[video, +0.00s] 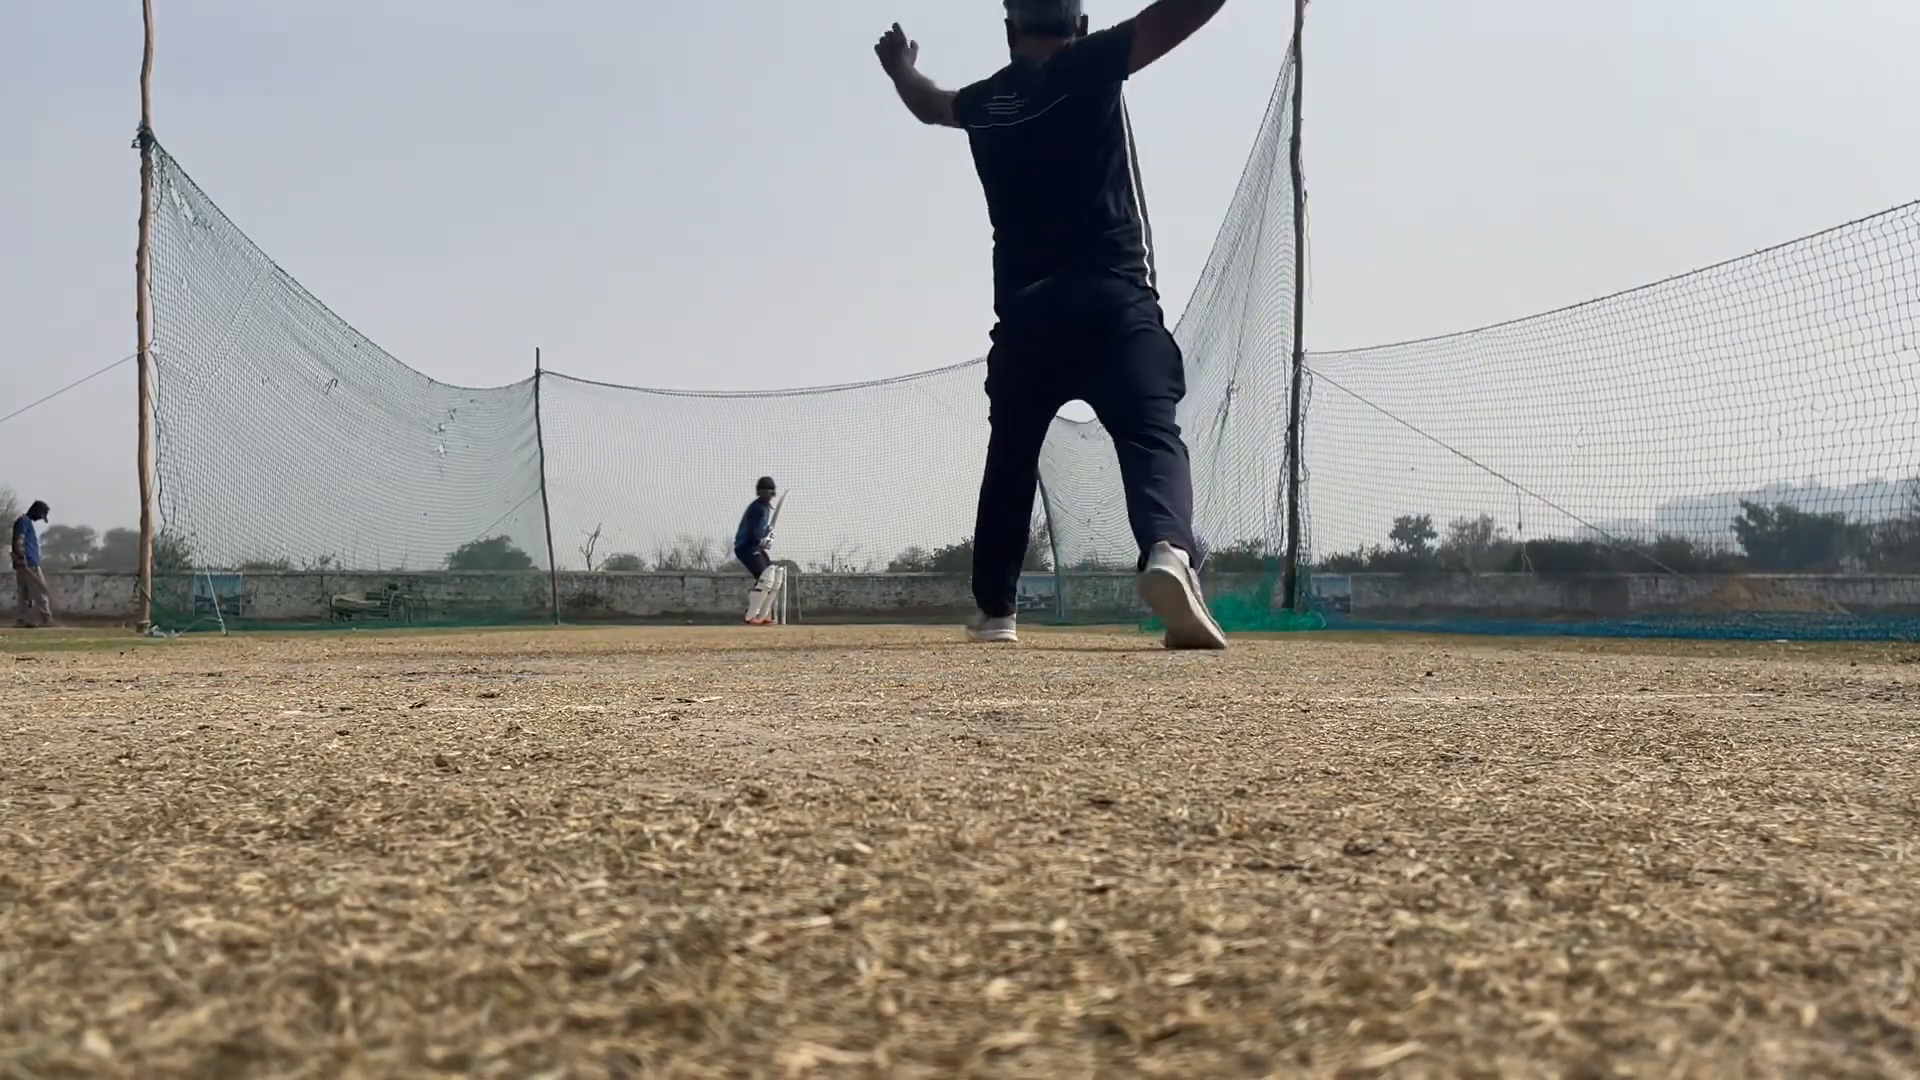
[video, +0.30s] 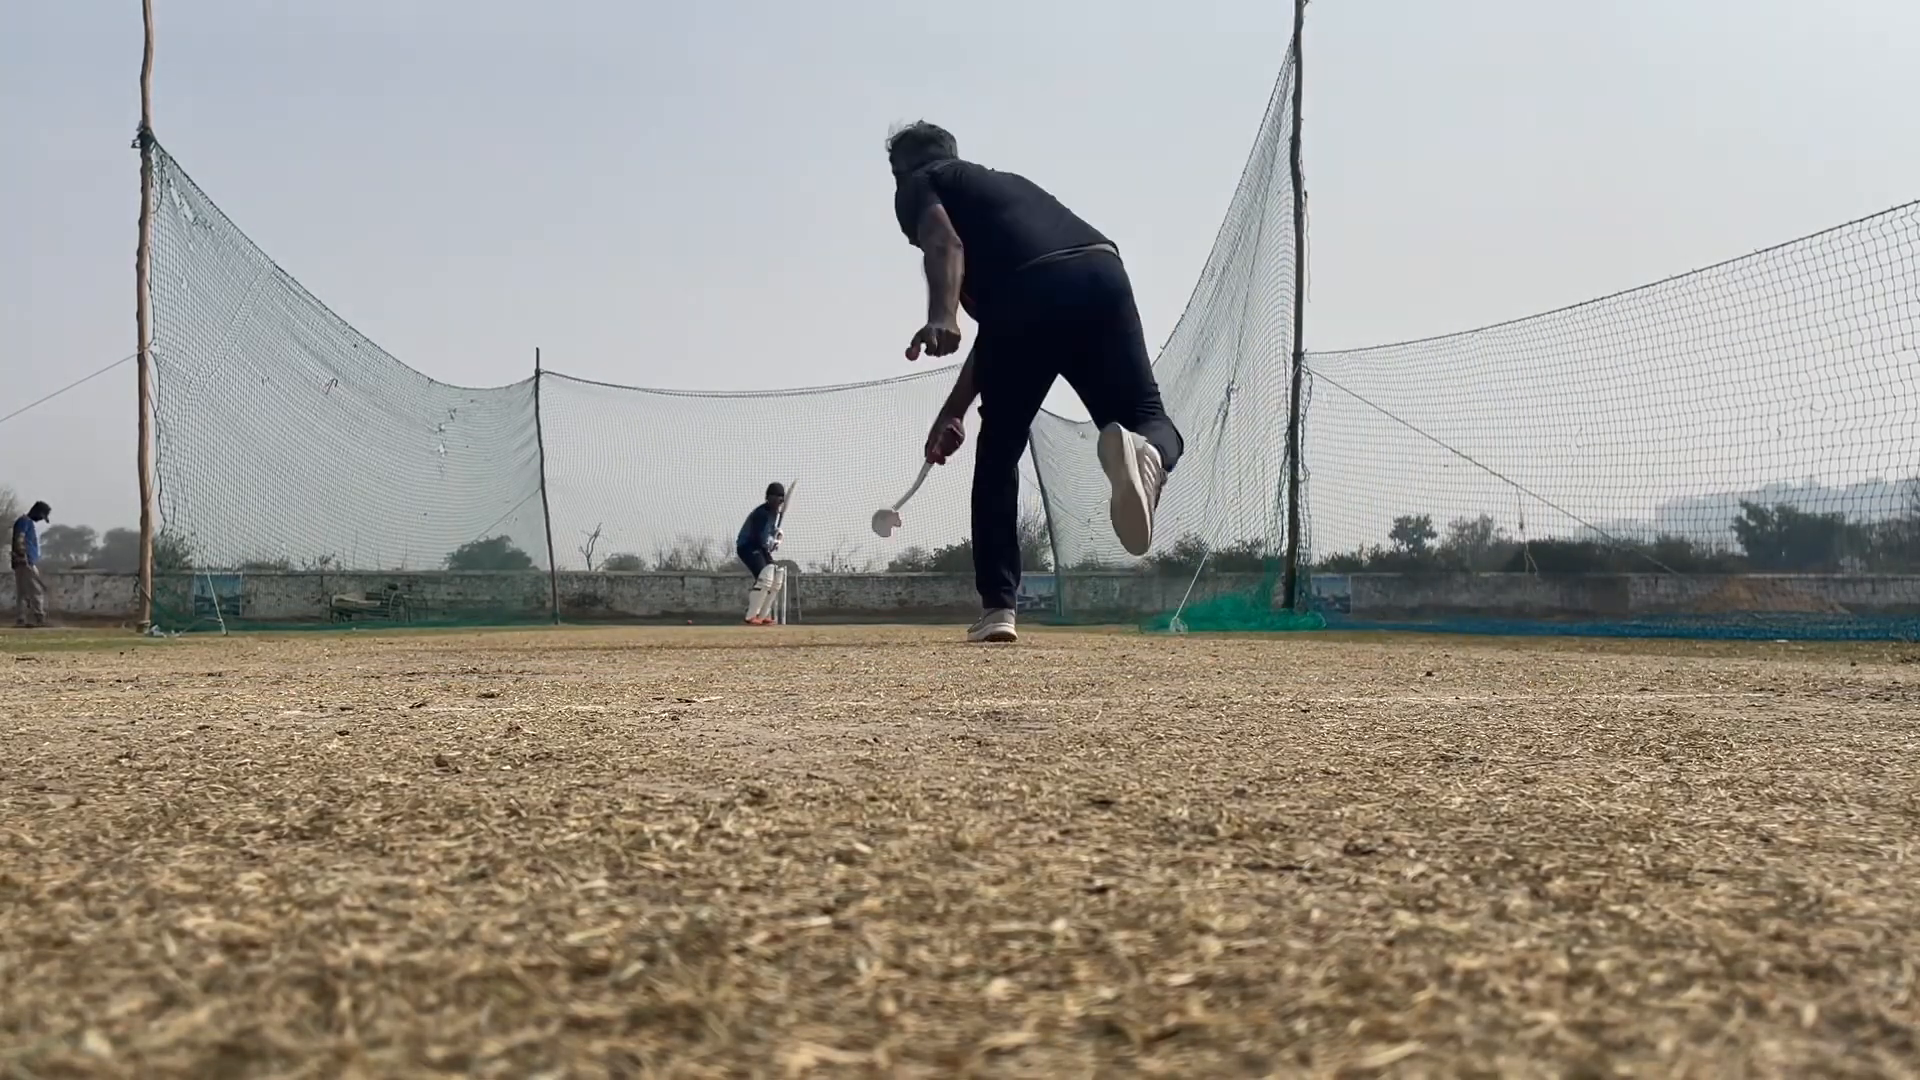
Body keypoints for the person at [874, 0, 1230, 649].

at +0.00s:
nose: (1082, 34)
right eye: (1080, 26)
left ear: (1011, 34)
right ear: (1077, 28)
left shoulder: (981, 100)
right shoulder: (1095, 59)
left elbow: (927, 102)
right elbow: (1192, 8)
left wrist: (900, 66)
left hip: (1024, 313)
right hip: (1114, 298)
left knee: (1010, 455)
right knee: (1151, 430)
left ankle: (995, 613)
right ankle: (1168, 555)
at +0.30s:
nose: (898, 183)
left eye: (896, 174)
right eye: (896, 175)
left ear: (905, 166)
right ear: (948, 155)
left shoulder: (916, 181)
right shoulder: (996, 187)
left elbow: (943, 239)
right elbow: (1002, 316)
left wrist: (941, 318)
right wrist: (953, 410)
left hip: (1023, 294)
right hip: (1100, 271)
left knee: (997, 454)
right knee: (1149, 418)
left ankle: (999, 610)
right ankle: (1144, 459)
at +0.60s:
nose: (884, 206)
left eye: (881, 195)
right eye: (884, 199)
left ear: (892, 181)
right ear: (914, 199)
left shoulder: (913, 161)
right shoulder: (957, 246)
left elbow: (807, 97)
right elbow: (959, 341)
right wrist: (905, 409)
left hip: (1036, 297)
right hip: (1102, 284)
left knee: (995, 450)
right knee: (1212, 379)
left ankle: (1001, 612)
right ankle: (1337, 274)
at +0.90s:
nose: (899, 153)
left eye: (898, 145)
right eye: (901, 145)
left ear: (905, 141)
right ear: (952, 130)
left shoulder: (911, 175)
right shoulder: (991, 159)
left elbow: (914, 277)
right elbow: (1022, 244)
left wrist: (918, 383)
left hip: (1026, 284)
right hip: (1090, 267)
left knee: (995, 452)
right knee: (1089, 418)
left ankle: (998, 601)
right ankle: (1178, 544)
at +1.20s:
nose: (948, 133)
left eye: (948, 125)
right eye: (952, 126)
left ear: (956, 120)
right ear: (1003, 119)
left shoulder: (961, 140)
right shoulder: (1041, 159)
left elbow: (989, 165)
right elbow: (1091, 255)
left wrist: (1007, 218)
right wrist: (1126, 359)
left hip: (1047, 302)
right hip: (1106, 298)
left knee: (994, 453)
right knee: (1079, 457)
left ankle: (997, 589)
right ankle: (1096, 604)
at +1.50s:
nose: (1010, 109)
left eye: (1012, 102)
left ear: (1016, 100)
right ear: (1067, 103)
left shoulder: (1017, 125)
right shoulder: (1091, 147)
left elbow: (1013, 200)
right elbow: (1100, 231)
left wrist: (972, 301)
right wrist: (1045, 303)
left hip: (1068, 299)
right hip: (1127, 296)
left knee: (1020, 445)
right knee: (1093, 452)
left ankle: (1016, 587)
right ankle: (1097, 604)